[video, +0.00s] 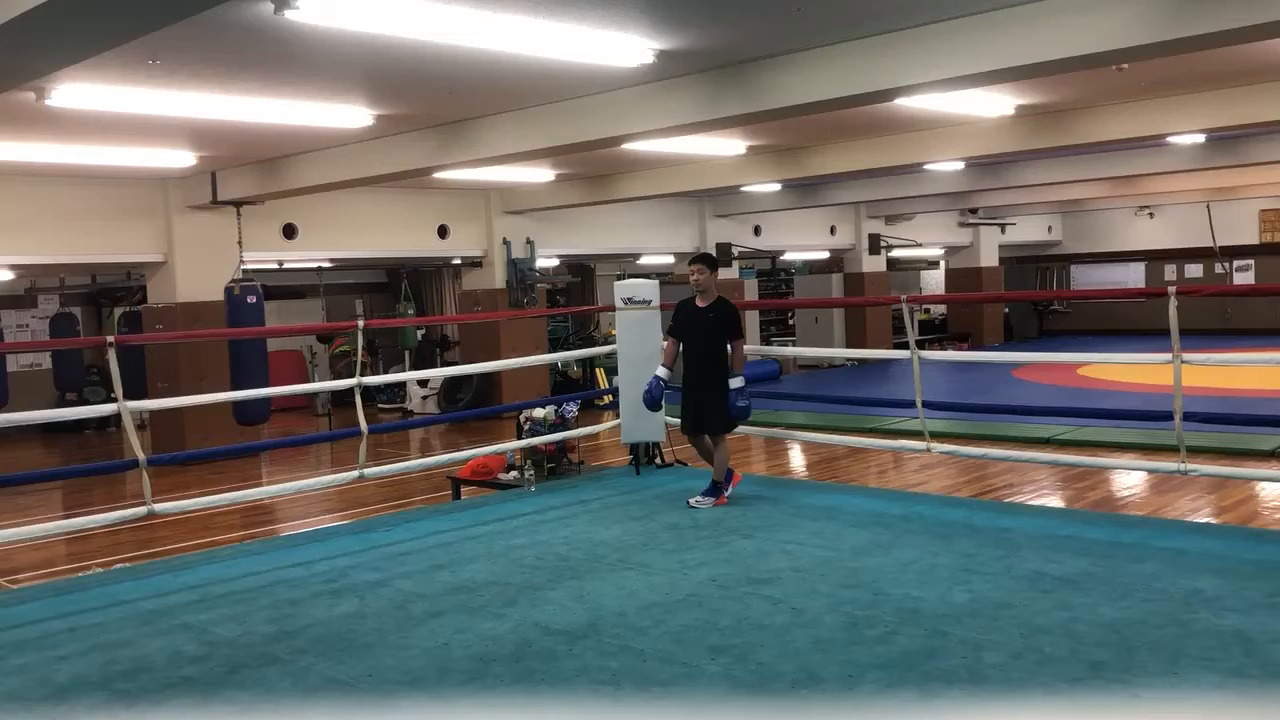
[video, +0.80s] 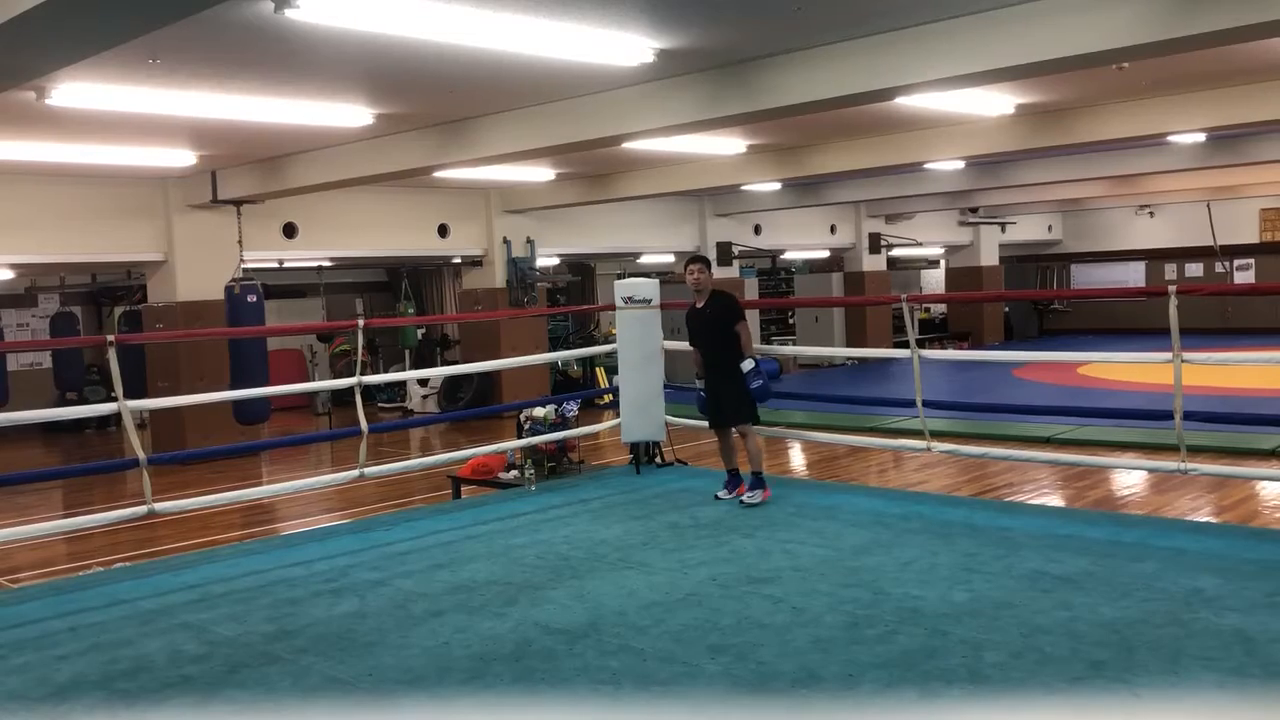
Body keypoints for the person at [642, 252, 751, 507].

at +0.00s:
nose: (694, 278)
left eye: (700, 273)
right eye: (691, 273)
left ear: (714, 275)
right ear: (689, 277)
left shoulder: (727, 309)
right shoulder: (684, 307)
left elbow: (737, 348)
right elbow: (672, 344)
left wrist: (738, 385)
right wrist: (660, 377)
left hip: (718, 382)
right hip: (691, 382)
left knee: (717, 435)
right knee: (691, 432)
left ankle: (717, 489)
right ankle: (726, 472)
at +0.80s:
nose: (695, 277)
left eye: (700, 272)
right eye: (691, 273)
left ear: (710, 275)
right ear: (685, 278)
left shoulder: (726, 300)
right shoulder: (691, 313)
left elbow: (744, 332)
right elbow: (697, 352)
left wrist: (752, 368)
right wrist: (700, 386)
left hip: (735, 375)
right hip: (712, 379)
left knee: (744, 428)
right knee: (721, 431)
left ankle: (758, 482)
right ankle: (733, 480)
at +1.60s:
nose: (746, 271)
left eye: (751, 267)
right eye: (741, 266)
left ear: (758, 273)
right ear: (733, 272)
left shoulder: (770, 305)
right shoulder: (722, 307)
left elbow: (783, 343)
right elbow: (708, 344)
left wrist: (791, 380)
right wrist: (696, 379)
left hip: (765, 380)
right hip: (734, 380)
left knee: (772, 435)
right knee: (728, 433)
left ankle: (775, 489)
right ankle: (733, 479)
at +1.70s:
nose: (755, 271)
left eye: (760, 267)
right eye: (750, 267)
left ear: (767, 273)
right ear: (741, 272)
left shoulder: (779, 306)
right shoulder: (728, 308)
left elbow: (791, 344)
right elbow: (716, 345)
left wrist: (799, 381)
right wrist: (706, 381)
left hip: (771, 382)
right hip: (739, 382)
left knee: (776, 437)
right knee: (727, 432)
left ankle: (776, 489)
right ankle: (731, 474)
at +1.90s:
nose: (765, 269)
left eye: (770, 265)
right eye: (760, 265)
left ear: (777, 272)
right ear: (752, 271)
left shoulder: (788, 306)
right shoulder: (738, 305)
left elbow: (800, 345)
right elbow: (728, 344)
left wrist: (808, 382)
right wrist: (721, 381)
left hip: (776, 382)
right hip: (744, 382)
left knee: (778, 438)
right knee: (735, 435)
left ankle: (776, 489)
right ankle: (734, 478)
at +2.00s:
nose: (768, 268)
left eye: (774, 264)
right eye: (763, 264)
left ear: (782, 272)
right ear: (755, 270)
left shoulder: (791, 306)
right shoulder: (740, 304)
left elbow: (802, 345)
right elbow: (730, 343)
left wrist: (808, 383)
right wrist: (723, 380)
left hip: (778, 382)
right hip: (746, 382)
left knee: (778, 439)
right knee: (741, 437)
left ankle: (776, 490)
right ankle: (741, 490)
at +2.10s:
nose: (770, 268)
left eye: (775, 264)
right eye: (765, 264)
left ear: (783, 271)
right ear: (756, 270)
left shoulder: (792, 306)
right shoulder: (741, 305)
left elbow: (802, 346)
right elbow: (731, 344)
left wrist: (808, 384)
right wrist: (724, 380)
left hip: (780, 382)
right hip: (748, 382)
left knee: (779, 438)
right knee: (747, 438)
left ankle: (777, 490)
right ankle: (750, 494)